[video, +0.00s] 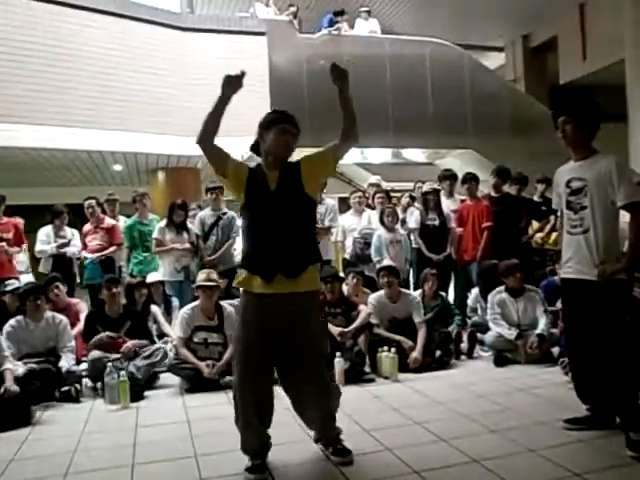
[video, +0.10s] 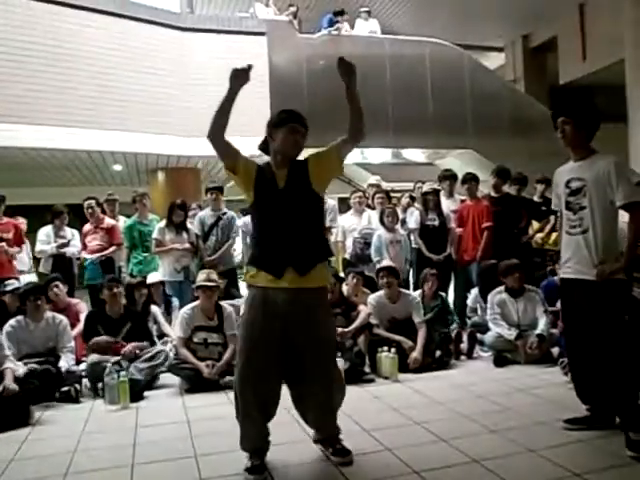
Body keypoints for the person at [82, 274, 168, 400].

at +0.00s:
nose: (114, 292)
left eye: (117, 287)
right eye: (109, 289)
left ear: (122, 290)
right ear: (101, 295)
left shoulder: (134, 314)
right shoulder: (94, 316)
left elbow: (150, 342)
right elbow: (88, 347)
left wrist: (135, 344)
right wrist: (101, 338)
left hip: (136, 357)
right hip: (106, 359)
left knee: (161, 351)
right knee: (95, 357)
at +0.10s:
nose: (115, 291)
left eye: (118, 287)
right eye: (110, 288)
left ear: (123, 291)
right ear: (102, 295)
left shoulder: (134, 315)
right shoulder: (94, 316)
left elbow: (149, 343)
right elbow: (90, 346)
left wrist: (136, 347)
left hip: (135, 358)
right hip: (106, 361)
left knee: (162, 353)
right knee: (93, 361)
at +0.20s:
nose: (115, 291)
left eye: (118, 287)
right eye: (110, 288)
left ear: (124, 291)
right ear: (103, 295)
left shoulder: (135, 315)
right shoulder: (93, 316)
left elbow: (148, 344)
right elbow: (89, 347)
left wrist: (136, 350)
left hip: (133, 361)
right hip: (104, 362)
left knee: (169, 347)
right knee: (91, 364)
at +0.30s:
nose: (117, 291)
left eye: (120, 287)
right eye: (112, 288)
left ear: (126, 292)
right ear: (104, 295)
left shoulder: (136, 315)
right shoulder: (94, 317)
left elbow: (147, 343)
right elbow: (89, 346)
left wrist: (134, 351)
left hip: (133, 360)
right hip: (105, 361)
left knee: (164, 354)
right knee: (91, 365)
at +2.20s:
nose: (118, 297)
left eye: (120, 292)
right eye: (112, 294)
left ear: (125, 294)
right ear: (103, 300)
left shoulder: (136, 316)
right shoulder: (95, 321)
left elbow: (152, 342)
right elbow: (90, 352)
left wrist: (141, 356)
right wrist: (113, 361)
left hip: (134, 362)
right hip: (107, 363)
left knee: (164, 356)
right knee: (86, 368)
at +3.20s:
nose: (127, 309)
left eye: (130, 304)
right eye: (121, 305)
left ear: (134, 306)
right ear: (111, 307)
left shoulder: (139, 321)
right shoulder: (101, 323)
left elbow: (149, 349)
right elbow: (90, 356)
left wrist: (137, 369)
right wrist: (109, 363)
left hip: (133, 362)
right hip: (108, 363)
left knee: (163, 358)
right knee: (86, 369)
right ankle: (134, 382)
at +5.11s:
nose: (130, 310)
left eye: (133, 306)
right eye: (124, 306)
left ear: (138, 308)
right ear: (114, 310)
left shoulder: (144, 324)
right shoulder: (104, 327)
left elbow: (153, 352)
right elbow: (94, 359)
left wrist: (141, 372)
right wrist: (119, 366)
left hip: (137, 365)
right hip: (112, 367)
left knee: (168, 360)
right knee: (89, 371)